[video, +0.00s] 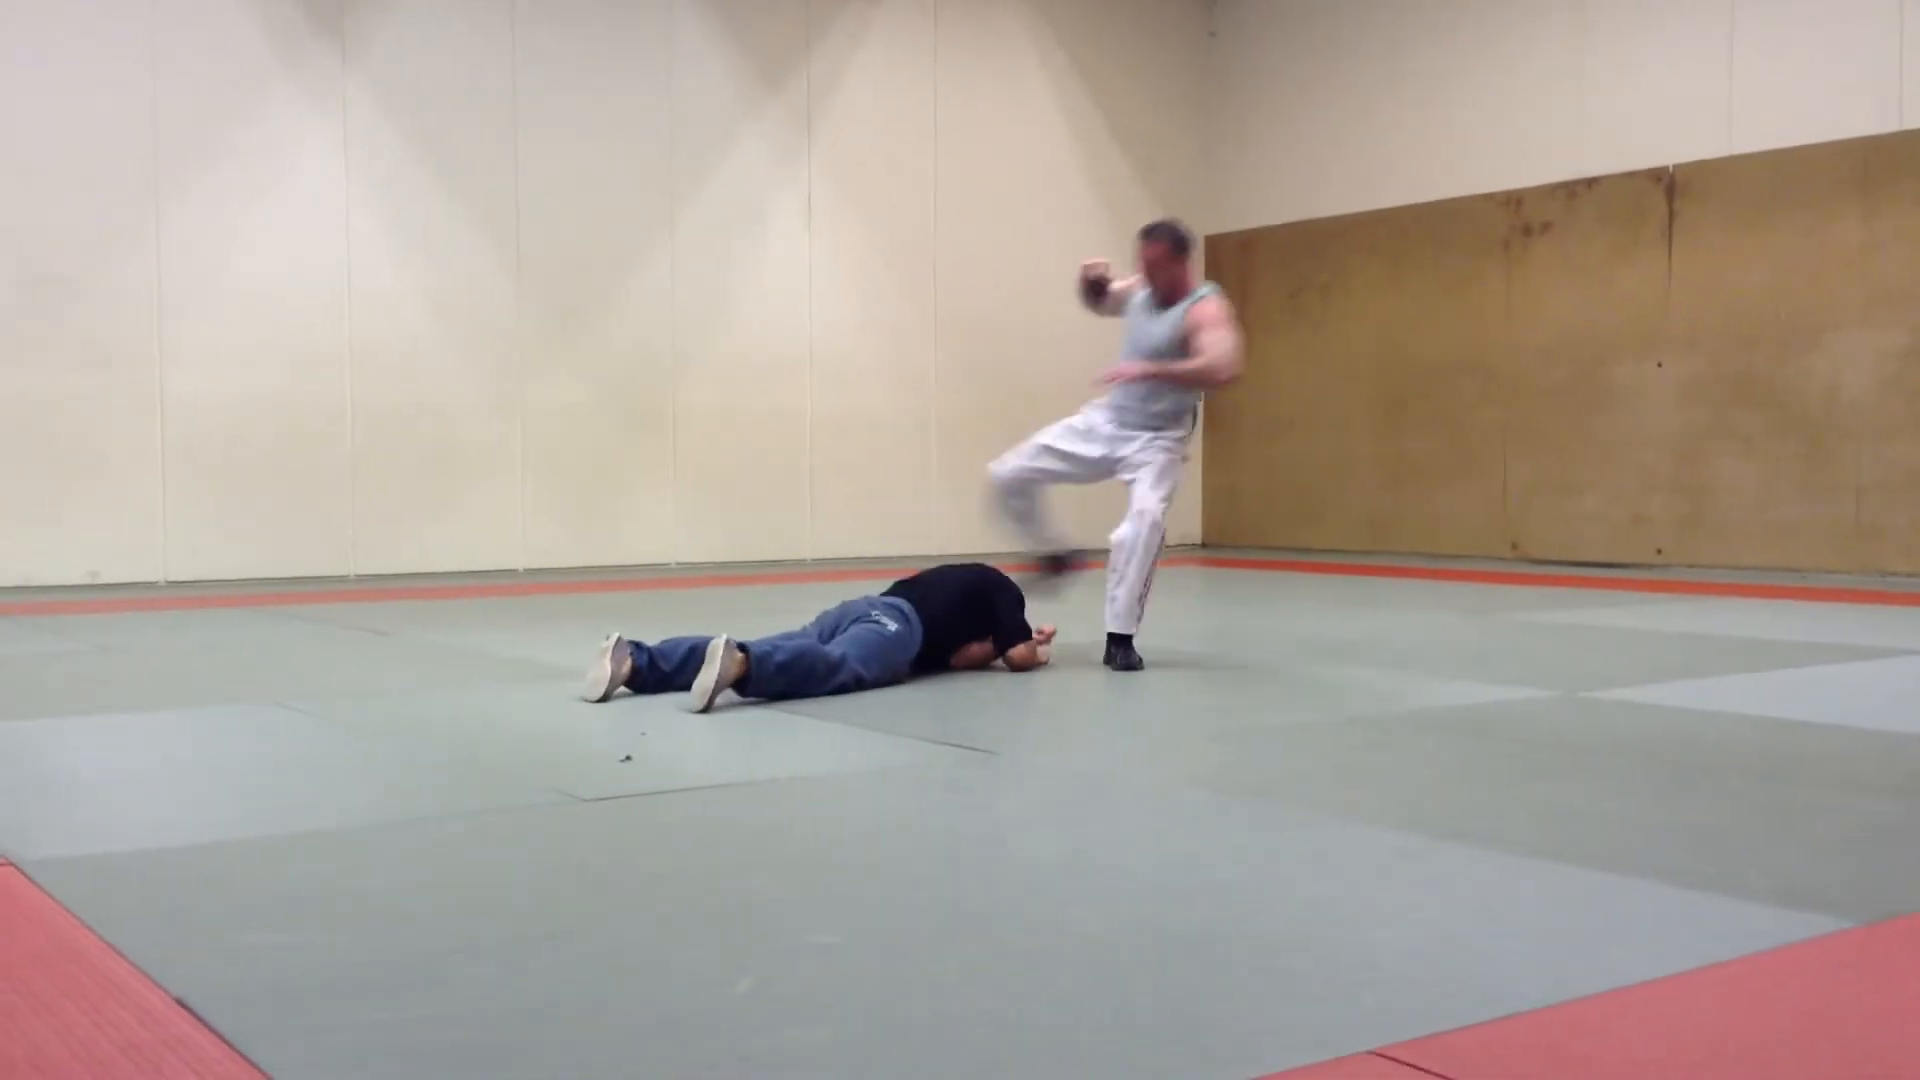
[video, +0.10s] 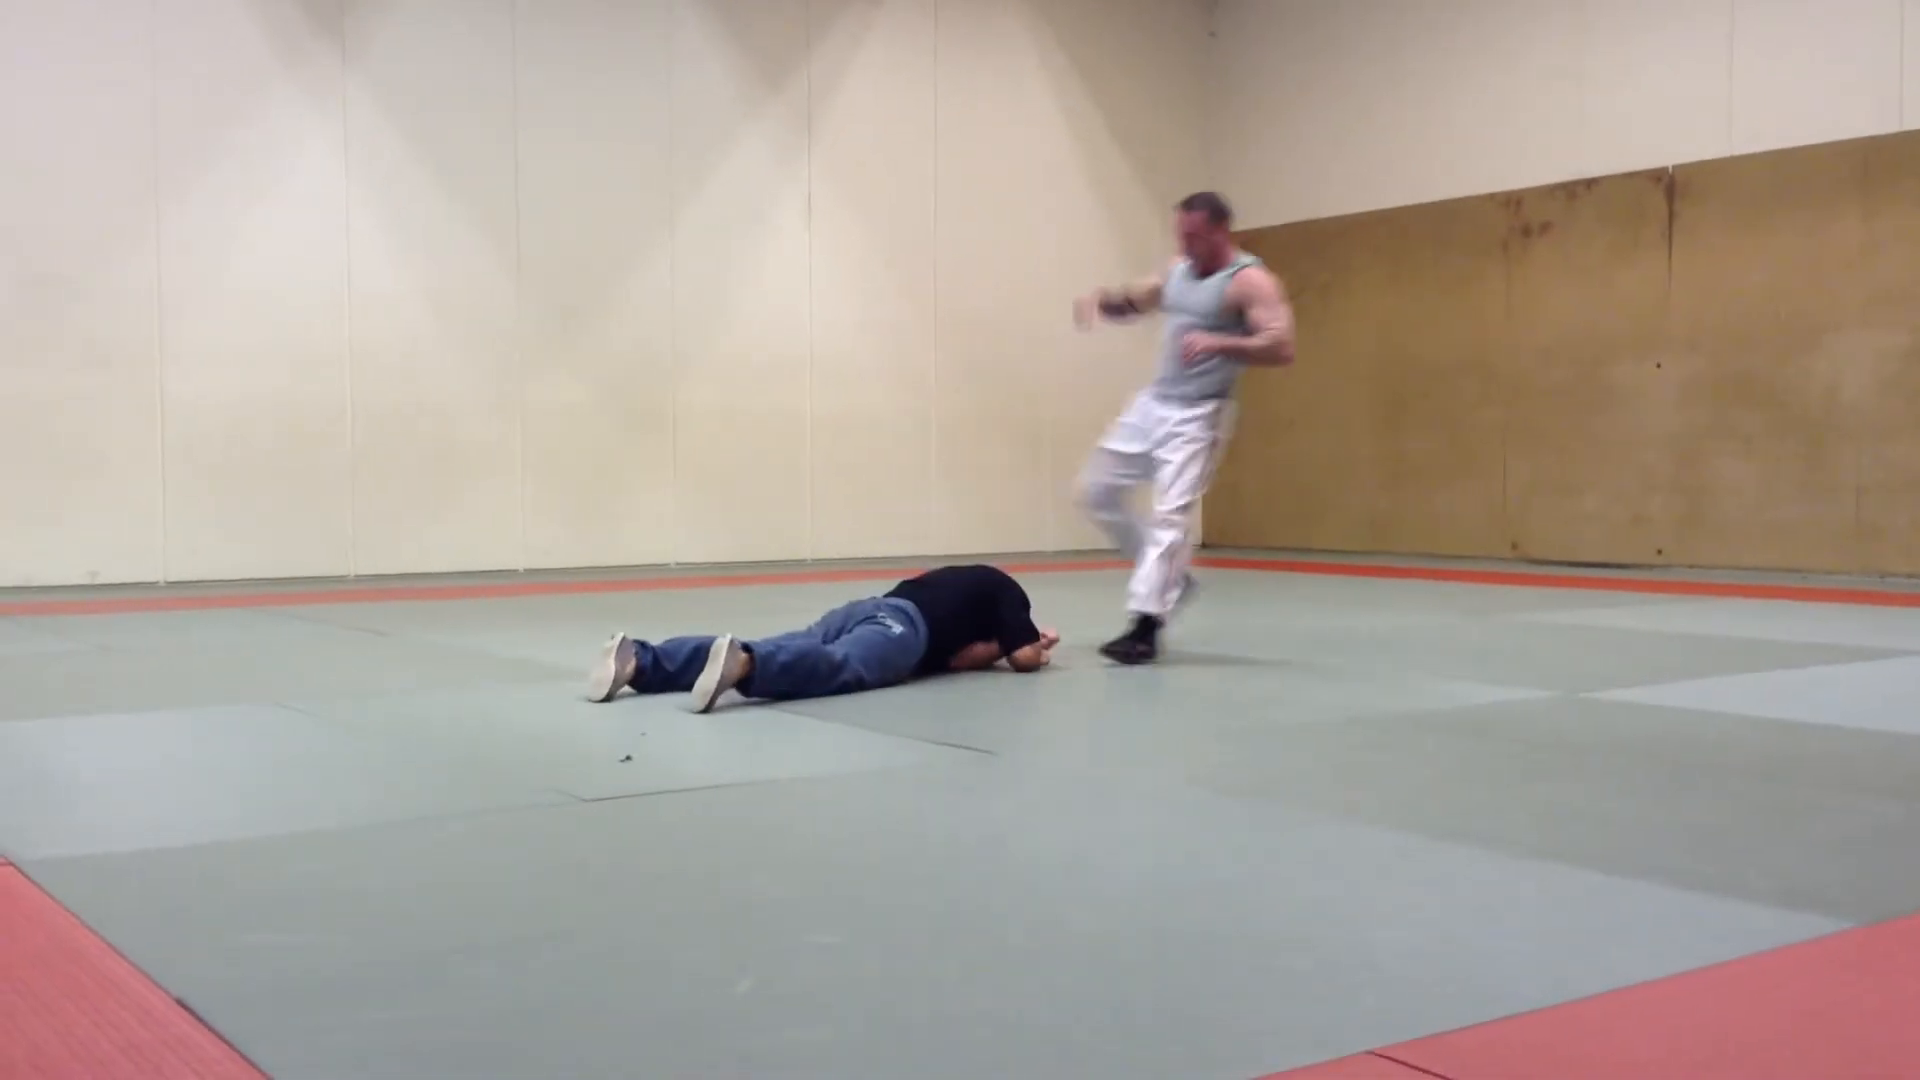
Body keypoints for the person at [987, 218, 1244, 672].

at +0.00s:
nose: (1148, 275)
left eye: (1156, 266)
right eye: (1146, 266)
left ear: (1183, 262)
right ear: (1144, 262)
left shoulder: (1207, 306)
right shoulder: (1143, 288)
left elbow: (1222, 364)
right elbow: (1103, 303)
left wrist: (1149, 370)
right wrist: (1093, 284)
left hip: (1158, 442)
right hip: (1105, 425)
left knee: (1144, 525)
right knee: (1008, 477)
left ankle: (1120, 637)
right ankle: (1054, 553)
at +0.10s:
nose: (1186, 246)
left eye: (1194, 237)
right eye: (1183, 237)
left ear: (1222, 232)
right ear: (1182, 235)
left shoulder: (1251, 280)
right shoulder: (1181, 271)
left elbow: (1281, 345)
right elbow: (1146, 297)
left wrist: (1219, 344)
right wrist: (1109, 300)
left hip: (1198, 416)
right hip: (1154, 406)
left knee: (1170, 516)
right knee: (1097, 490)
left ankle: (1146, 624)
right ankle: (1168, 574)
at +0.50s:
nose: (1358, 260)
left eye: (1364, 248)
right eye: (1354, 251)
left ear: (1390, 243)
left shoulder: (1403, 286)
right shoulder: (1414, 280)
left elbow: (1408, 348)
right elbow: (1396, 317)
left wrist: (1357, 378)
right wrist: (1366, 318)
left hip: (1396, 413)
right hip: (1413, 411)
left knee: (1340, 514)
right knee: (1372, 509)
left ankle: (1368, 616)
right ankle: (1421, 581)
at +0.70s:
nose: (1469, 261)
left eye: (1475, 249)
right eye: (1464, 253)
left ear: (1501, 243)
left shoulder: (1517, 283)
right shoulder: (1526, 280)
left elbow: (1508, 341)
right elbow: (1512, 346)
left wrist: (1458, 342)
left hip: (1513, 412)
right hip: (1537, 409)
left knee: (1454, 499)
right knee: (1513, 509)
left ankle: (1478, 603)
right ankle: (1541, 608)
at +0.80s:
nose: (1520, 255)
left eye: (1526, 244)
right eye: (1515, 247)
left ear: (1553, 235)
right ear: (1555, 239)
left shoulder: (1567, 274)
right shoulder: (1591, 269)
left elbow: (1540, 329)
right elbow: (1613, 333)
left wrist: (1499, 321)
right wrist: (1593, 370)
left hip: (1569, 399)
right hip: (1584, 395)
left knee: (1546, 506)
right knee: (1545, 505)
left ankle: (1627, 571)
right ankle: (1543, 601)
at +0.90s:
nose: (1575, 257)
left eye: (1580, 246)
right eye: (1571, 248)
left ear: (1603, 237)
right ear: (1609, 240)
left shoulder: (1619, 274)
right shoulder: (1646, 270)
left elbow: (1592, 330)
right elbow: (1678, 318)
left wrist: (1548, 330)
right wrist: (1642, 348)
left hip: (1633, 399)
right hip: (1620, 399)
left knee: (1635, 504)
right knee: (1584, 488)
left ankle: (1702, 589)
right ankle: (1593, 592)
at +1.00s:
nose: (1628, 271)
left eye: (1634, 261)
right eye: (1624, 262)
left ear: (1658, 253)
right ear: (1650, 257)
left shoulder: (1677, 294)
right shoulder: (1679, 287)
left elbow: (1671, 355)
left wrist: (1619, 374)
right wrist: (1646, 333)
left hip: (1688, 415)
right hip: (1676, 413)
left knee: (1678, 516)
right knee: (1647, 503)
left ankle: (1721, 608)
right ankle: (1715, 584)